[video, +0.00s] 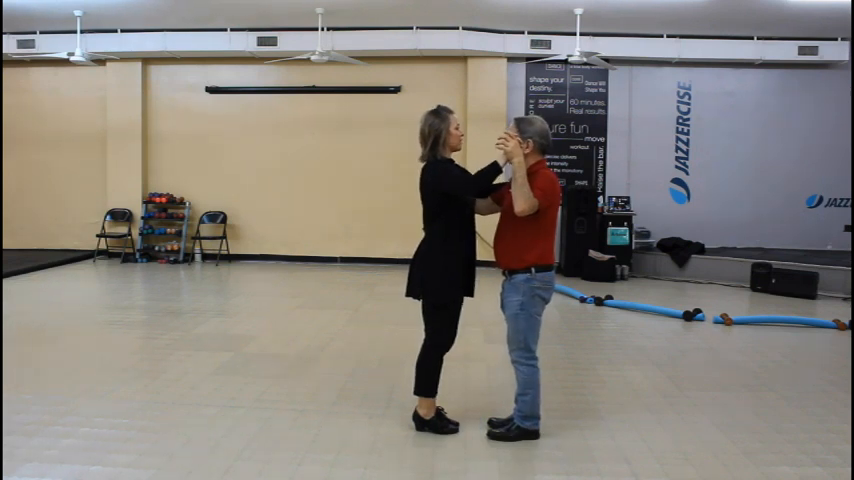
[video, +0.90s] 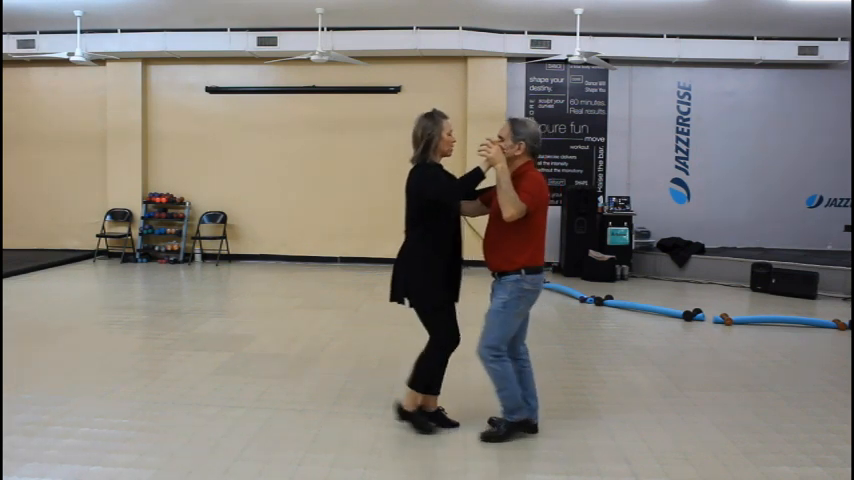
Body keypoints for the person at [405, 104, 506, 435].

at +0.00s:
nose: (462, 133)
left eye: (460, 127)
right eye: (456, 128)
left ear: (441, 133)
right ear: (442, 133)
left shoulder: (442, 167)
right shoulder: (439, 169)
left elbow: (473, 196)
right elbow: (473, 186)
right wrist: (501, 161)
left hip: (444, 267)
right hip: (441, 269)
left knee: (439, 339)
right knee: (437, 340)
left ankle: (427, 407)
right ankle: (424, 411)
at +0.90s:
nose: (453, 139)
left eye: (452, 133)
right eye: (448, 134)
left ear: (432, 138)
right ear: (433, 138)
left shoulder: (436, 173)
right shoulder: (425, 174)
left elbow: (464, 200)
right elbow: (455, 190)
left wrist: (498, 189)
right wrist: (485, 165)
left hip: (435, 270)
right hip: (421, 272)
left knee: (446, 336)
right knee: (445, 337)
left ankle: (429, 406)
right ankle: (410, 404)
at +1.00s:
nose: (446, 138)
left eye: (444, 133)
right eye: (440, 134)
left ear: (423, 140)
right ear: (424, 140)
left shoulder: (429, 176)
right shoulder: (419, 177)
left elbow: (457, 202)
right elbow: (444, 196)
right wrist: (473, 170)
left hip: (431, 274)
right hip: (415, 276)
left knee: (443, 335)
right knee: (437, 336)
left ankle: (428, 406)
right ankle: (376, 392)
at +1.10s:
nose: (435, 138)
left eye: (433, 133)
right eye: (429, 135)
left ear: (415, 142)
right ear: (415, 142)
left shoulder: (421, 179)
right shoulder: (408, 179)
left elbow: (449, 208)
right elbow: (435, 197)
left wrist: (481, 190)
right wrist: (462, 172)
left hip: (426, 278)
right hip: (406, 279)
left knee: (440, 333)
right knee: (408, 349)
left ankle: (428, 406)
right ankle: (344, 391)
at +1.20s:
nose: (424, 141)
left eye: (422, 136)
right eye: (419, 137)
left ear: (403, 144)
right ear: (404, 143)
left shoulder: (409, 180)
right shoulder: (398, 180)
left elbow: (441, 206)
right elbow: (424, 199)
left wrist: (472, 189)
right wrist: (450, 173)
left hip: (414, 278)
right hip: (393, 279)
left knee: (435, 333)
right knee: (378, 347)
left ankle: (427, 407)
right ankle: (321, 400)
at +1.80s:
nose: (421, 136)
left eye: (419, 130)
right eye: (415, 131)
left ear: (400, 137)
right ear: (400, 137)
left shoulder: (410, 172)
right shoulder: (396, 174)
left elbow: (441, 201)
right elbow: (430, 195)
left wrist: (474, 183)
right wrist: (456, 171)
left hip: (417, 272)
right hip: (398, 274)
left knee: (426, 336)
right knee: (406, 340)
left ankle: (409, 407)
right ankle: (346, 391)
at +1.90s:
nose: (429, 131)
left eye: (427, 126)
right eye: (424, 127)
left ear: (409, 133)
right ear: (409, 133)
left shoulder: (416, 169)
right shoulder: (404, 171)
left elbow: (447, 196)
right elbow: (437, 190)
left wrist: (481, 180)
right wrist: (465, 166)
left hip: (416, 266)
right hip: (404, 268)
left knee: (422, 338)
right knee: (425, 338)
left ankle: (409, 406)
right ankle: (382, 395)